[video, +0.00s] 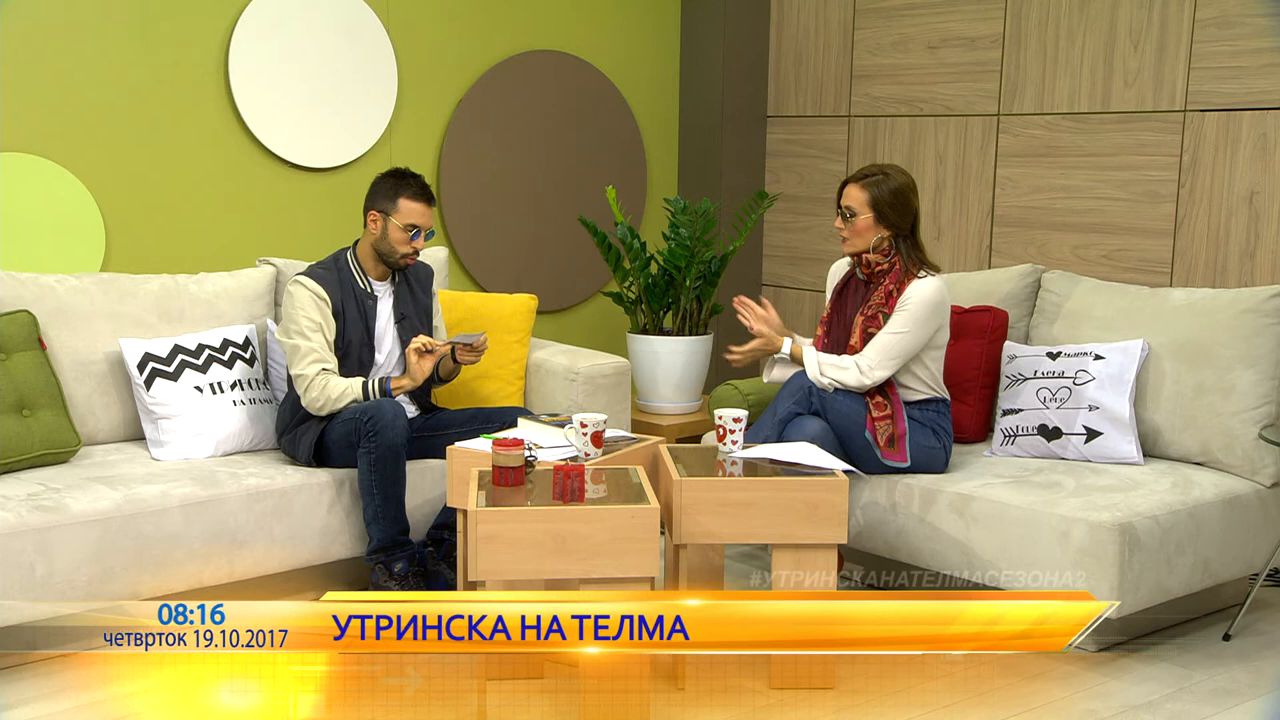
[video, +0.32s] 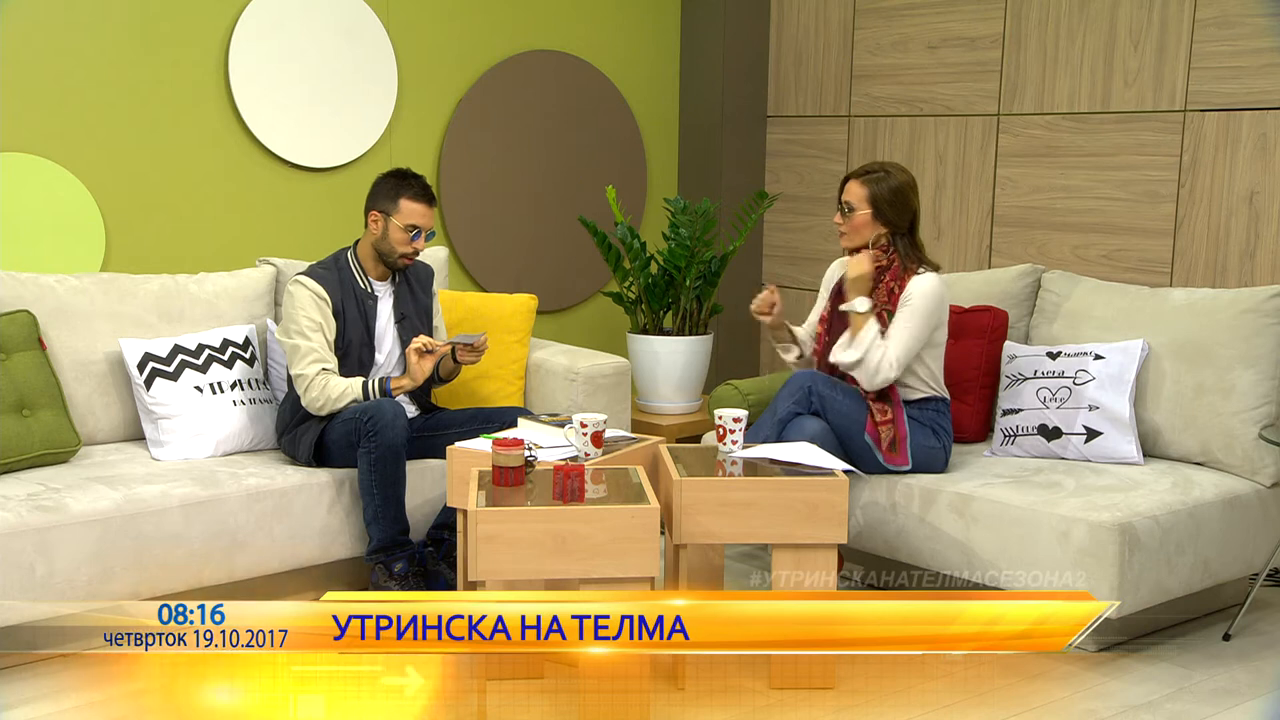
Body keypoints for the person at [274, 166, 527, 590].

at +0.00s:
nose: (419, 246)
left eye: (426, 234)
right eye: (411, 232)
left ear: (430, 231)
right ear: (374, 221)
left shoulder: (419, 278)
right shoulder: (313, 289)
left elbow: (431, 375)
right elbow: (317, 392)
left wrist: (453, 360)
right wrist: (401, 381)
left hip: (405, 422)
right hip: (321, 428)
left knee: (514, 422)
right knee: (387, 413)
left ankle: (440, 551)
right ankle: (392, 562)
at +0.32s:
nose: (420, 246)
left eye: (427, 235)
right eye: (411, 232)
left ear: (431, 232)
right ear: (375, 221)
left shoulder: (419, 278)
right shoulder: (312, 289)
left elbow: (430, 375)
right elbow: (317, 391)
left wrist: (454, 359)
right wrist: (400, 381)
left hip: (406, 423)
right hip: (322, 429)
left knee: (514, 423)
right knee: (386, 414)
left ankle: (439, 550)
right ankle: (392, 562)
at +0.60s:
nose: (421, 246)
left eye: (428, 235)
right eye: (412, 232)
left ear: (431, 233)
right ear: (376, 221)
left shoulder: (419, 277)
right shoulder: (312, 289)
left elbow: (430, 374)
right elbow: (318, 391)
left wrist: (454, 360)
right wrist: (401, 381)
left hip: (405, 422)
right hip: (322, 429)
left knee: (515, 423)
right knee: (387, 414)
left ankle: (440, 550)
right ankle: (392, 563)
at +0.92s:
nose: (422, 246)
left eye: (428, 235)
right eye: (413, 232)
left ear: (432, 233)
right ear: (376, 221)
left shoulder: (419, 278)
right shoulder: (313, 289)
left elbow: (431, 374)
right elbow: (317, 391)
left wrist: (454, 360)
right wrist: (401, 381)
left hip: (405, 422)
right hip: (321, 429)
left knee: (515, 422)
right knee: (387, 414)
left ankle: (440, 551)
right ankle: (392, 564)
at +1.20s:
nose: (435, 224)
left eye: (433, 213)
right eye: (423, 215)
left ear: (394, 225)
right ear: (385, 225)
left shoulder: (426, 277)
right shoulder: (321, 285)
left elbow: (435, 374)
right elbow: (324, 383)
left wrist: (459, 365)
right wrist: (416, 376)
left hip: (406, 421)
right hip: (323, 426)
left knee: (512, 421)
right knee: (386, 414)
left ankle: (440, 550)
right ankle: (391, 562)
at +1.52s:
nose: (449, 220)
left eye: (444, 208)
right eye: (436, 212)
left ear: (405, 228)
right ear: (400, 227)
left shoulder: (434, 275)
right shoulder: (344, 282)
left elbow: (445, 357)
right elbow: (372, 365)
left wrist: (473, 384)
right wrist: (462, 382)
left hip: (405, 421)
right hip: (327, 425)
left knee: (502, 418)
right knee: (388, 412)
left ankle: (440, 548)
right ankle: (392, 561)